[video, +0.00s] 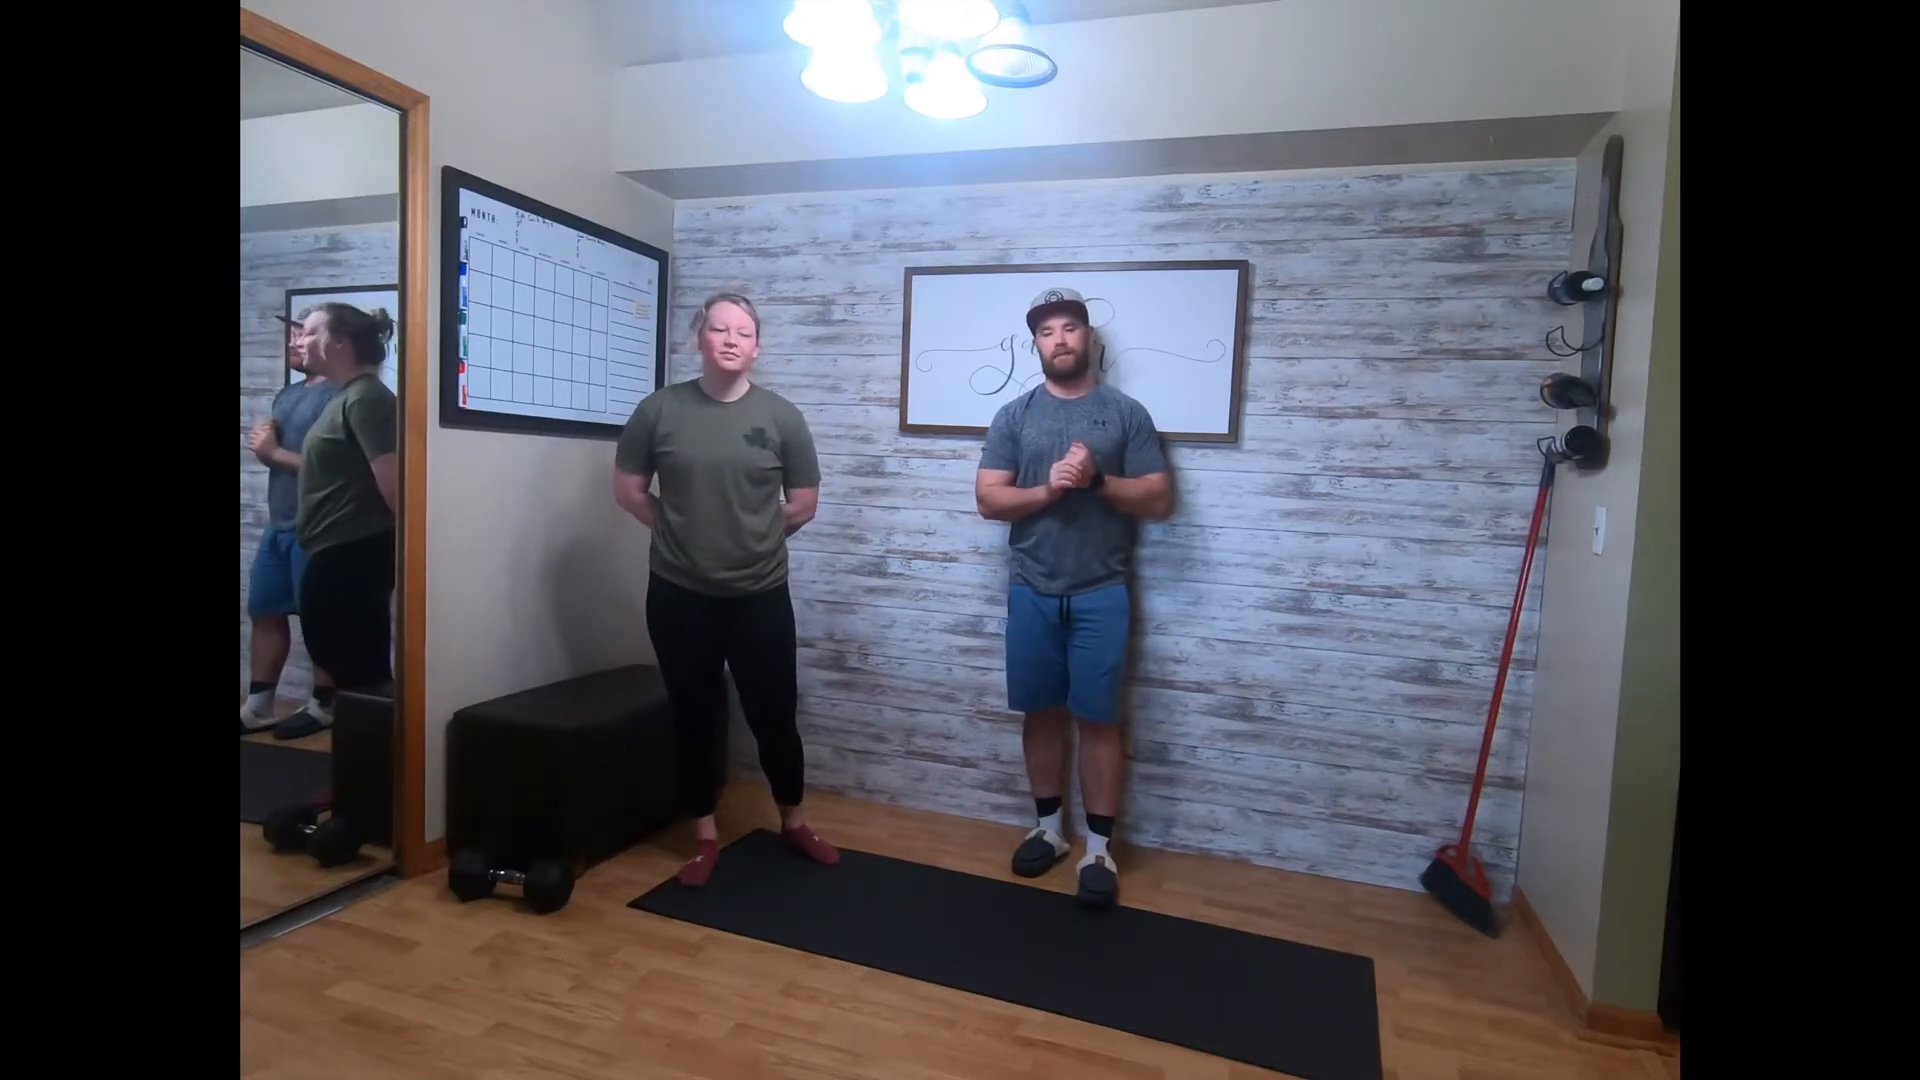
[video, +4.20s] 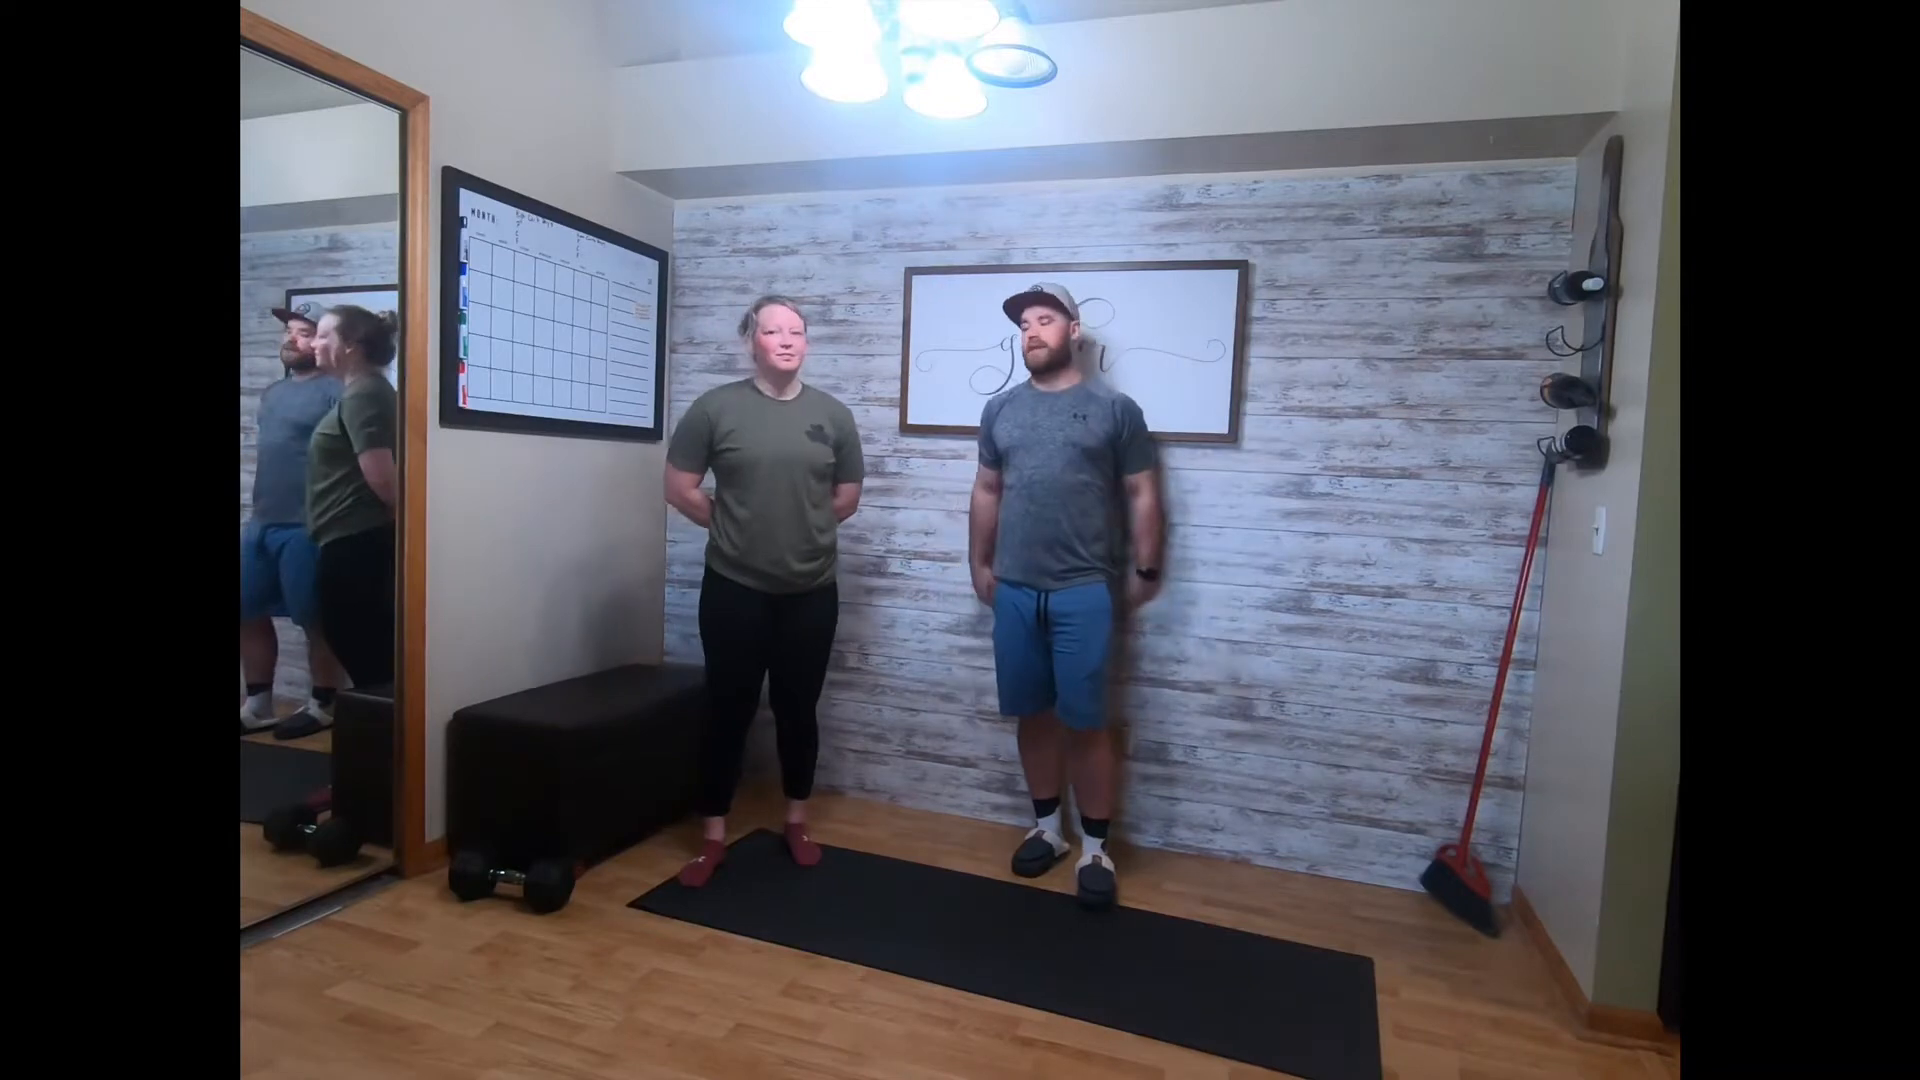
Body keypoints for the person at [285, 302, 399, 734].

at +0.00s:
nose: (303, 342)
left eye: (312, 334)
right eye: (304, 334)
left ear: (342, 341)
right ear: (345, 344)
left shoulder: (367, 399)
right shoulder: (345, 399)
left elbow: (398, 493)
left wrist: (422, 555)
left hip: (355, 550)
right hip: (338, 548)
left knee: (355, 665)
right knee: (349, 663)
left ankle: (370, 769)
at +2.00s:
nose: (326, 362)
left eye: (330, 352)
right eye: (325, 354)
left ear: (355, 350)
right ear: (357, 352)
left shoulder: (383, 400)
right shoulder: (367, 400)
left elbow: (407, 474)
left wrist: (409, 540)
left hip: (376, 544)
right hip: (358, 542)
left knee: (370, 646)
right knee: (364, 644)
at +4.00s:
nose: (308, 344)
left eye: (314, 335)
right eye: (310, 335)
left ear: (340, 343)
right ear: (349, 344)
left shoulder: (346, 395)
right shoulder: (379, 391)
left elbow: (361, 476)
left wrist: (404, 511)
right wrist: (406, 511)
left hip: (345, 542)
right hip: (372, 537)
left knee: (358, 659)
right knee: (374, 653)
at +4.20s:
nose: (314, 343)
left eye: (322, 335)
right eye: (316, 334)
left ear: (350, 344)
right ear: (352, 345)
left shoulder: (364, 394)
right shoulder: (364, 391)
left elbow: (382, 477)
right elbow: (384, 474)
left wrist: (416, 514)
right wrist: (416, 513)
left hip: (358, 540)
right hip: (360, 537)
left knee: (361, 650)